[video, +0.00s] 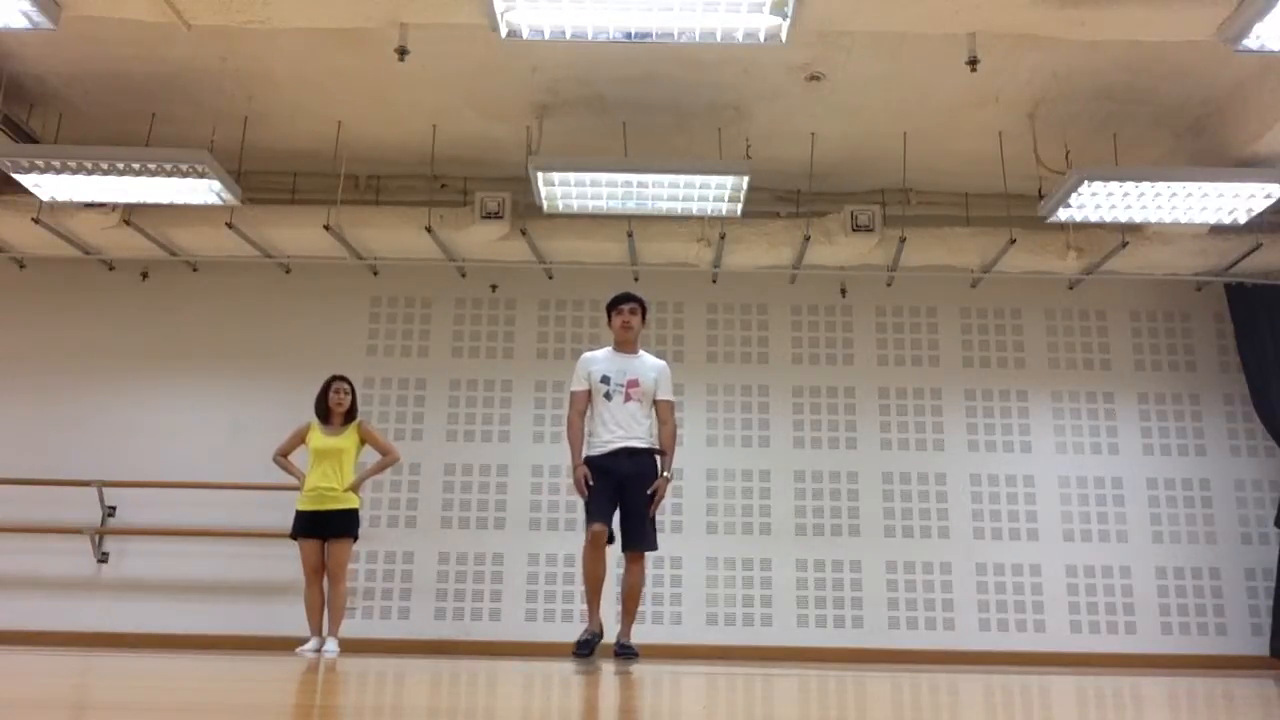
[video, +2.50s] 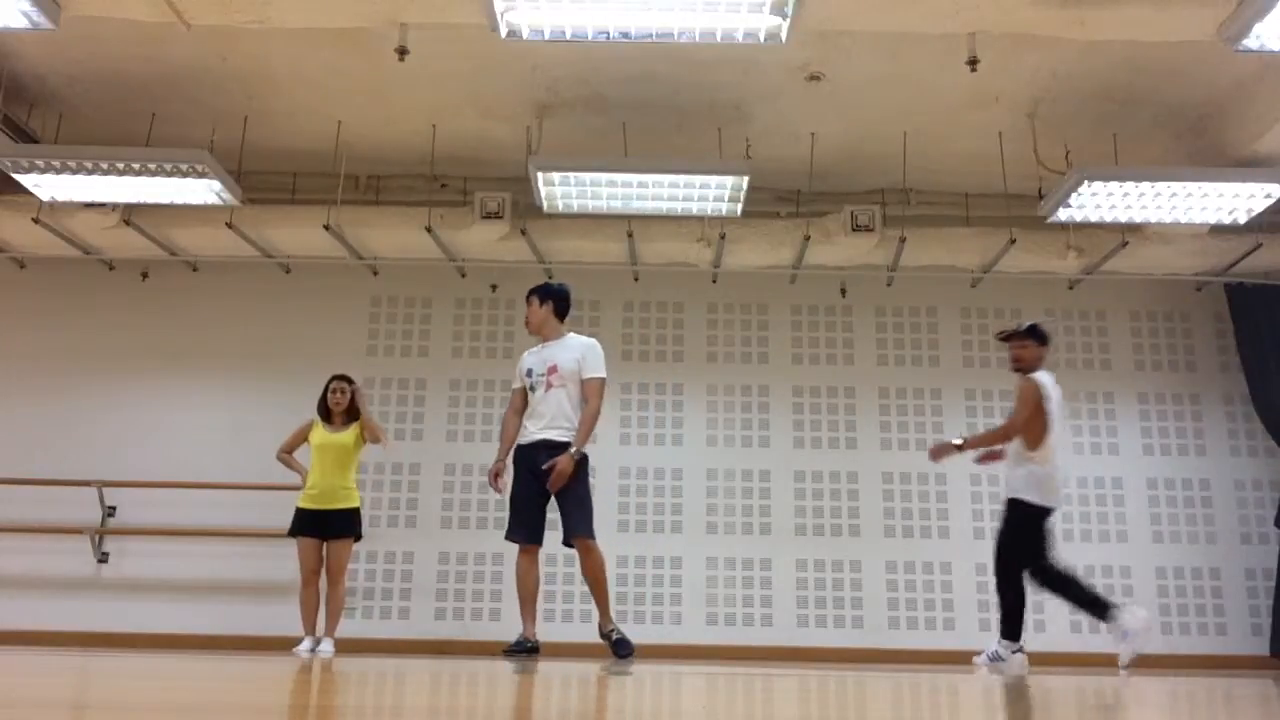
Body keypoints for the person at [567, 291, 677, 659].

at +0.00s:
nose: (626, 319)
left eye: (633, 314)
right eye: (620, 314)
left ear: (643, 322)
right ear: (610, 321)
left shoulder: (657, 368)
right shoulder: (590, 362)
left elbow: (667, 422)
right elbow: (576, 415)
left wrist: (665, 474)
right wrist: (577, 461)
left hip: (641, 463)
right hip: (600, 462)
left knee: (635, 551)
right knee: (596, 535)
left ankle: (624, 636)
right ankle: (593, 624)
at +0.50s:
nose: (631, 316)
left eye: (636, 311)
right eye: (624, 311)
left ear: (642, 319)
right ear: (609, 318)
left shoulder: (656, 363)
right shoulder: (589, 360)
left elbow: (666, 417)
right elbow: (574, 416)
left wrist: (663, 465)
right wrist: (569, 469)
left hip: (636, 461)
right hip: (594, 460)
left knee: (631, 552)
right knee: (590, 549)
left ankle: (624, 636)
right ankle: (586, 634)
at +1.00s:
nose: (643, 322)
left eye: (646, 317)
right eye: (636, 316)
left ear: (647, 324)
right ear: (616, 320)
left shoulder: (658, 367)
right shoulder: (591, 362)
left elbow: (666, 422)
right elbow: (578, 416)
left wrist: (664, 473)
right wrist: (582, 464)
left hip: (642, 462)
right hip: (601, 461)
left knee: (635, 550)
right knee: (599, 534)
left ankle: (624, 637)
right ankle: (590, 626)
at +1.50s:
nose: (616, 323)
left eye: (623, 317)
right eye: (610, 318)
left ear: (636, 321)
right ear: (603, 324)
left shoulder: (654, 365)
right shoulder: (588, 363)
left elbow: (665, 420)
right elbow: (574, 416)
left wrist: (660, 470)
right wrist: (568, 467)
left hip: (635, 462)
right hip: (592, 461)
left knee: (631, 551)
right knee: (579, 537)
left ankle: (624, 636)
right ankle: (584, 626)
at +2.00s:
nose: (566, 318)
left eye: (571, 311)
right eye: (563, 314)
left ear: (592, 313)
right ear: (563, 319)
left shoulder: (623, 357)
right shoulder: (555, 360)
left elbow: (636, 413)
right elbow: (543, 416)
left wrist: (635, 464)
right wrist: (534, 470)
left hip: (601, 460)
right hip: (558, 459)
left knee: (609, 552)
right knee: (542, 546)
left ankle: (620, 636)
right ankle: (529, 634)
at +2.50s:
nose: (525, 315)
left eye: (529, 306)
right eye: (526, 307)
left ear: (549, 308)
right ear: (543, 310)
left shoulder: (586, 347)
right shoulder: (528, 358)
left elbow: (593, 405)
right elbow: (515, 411)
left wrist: (572, 454)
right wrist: (501, 457)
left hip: (568, 453)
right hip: (527, 455)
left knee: (584, 540)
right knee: (527, 545)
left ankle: (607, 625)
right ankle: (528, 634)